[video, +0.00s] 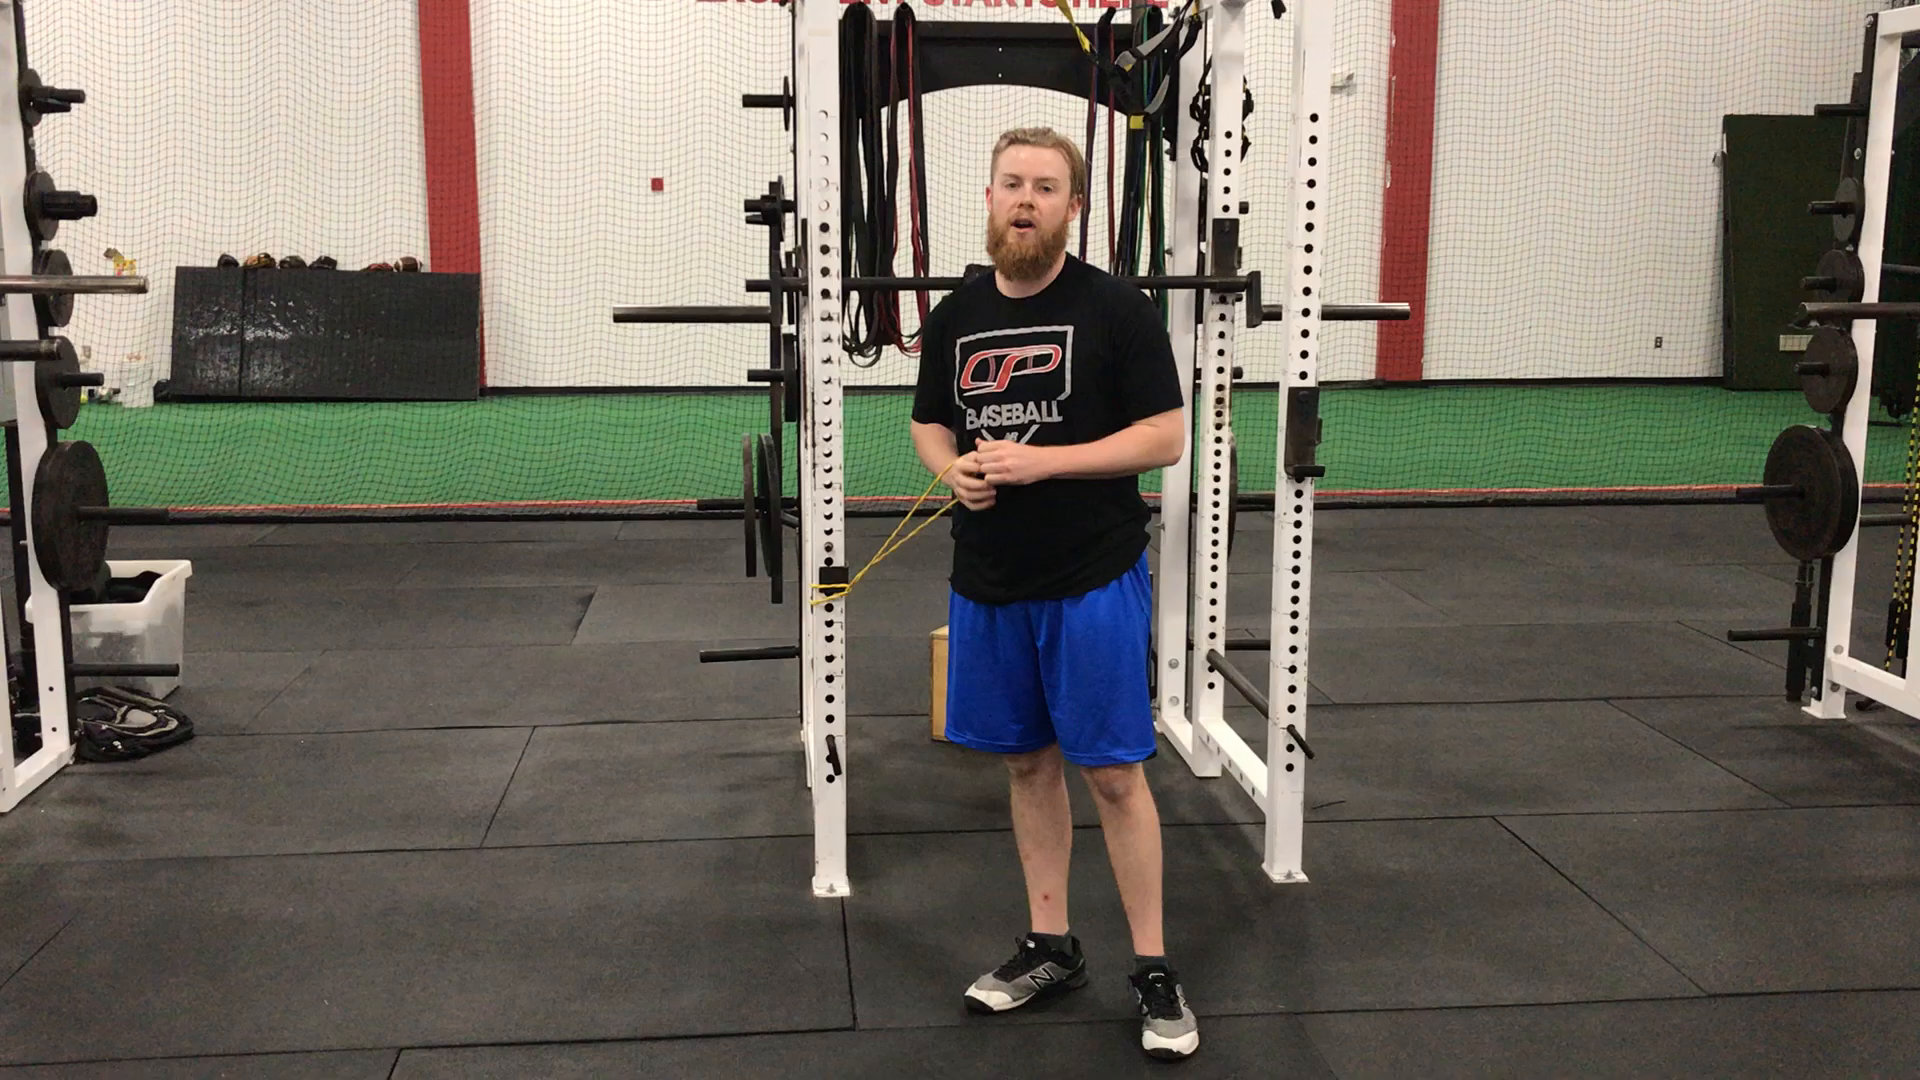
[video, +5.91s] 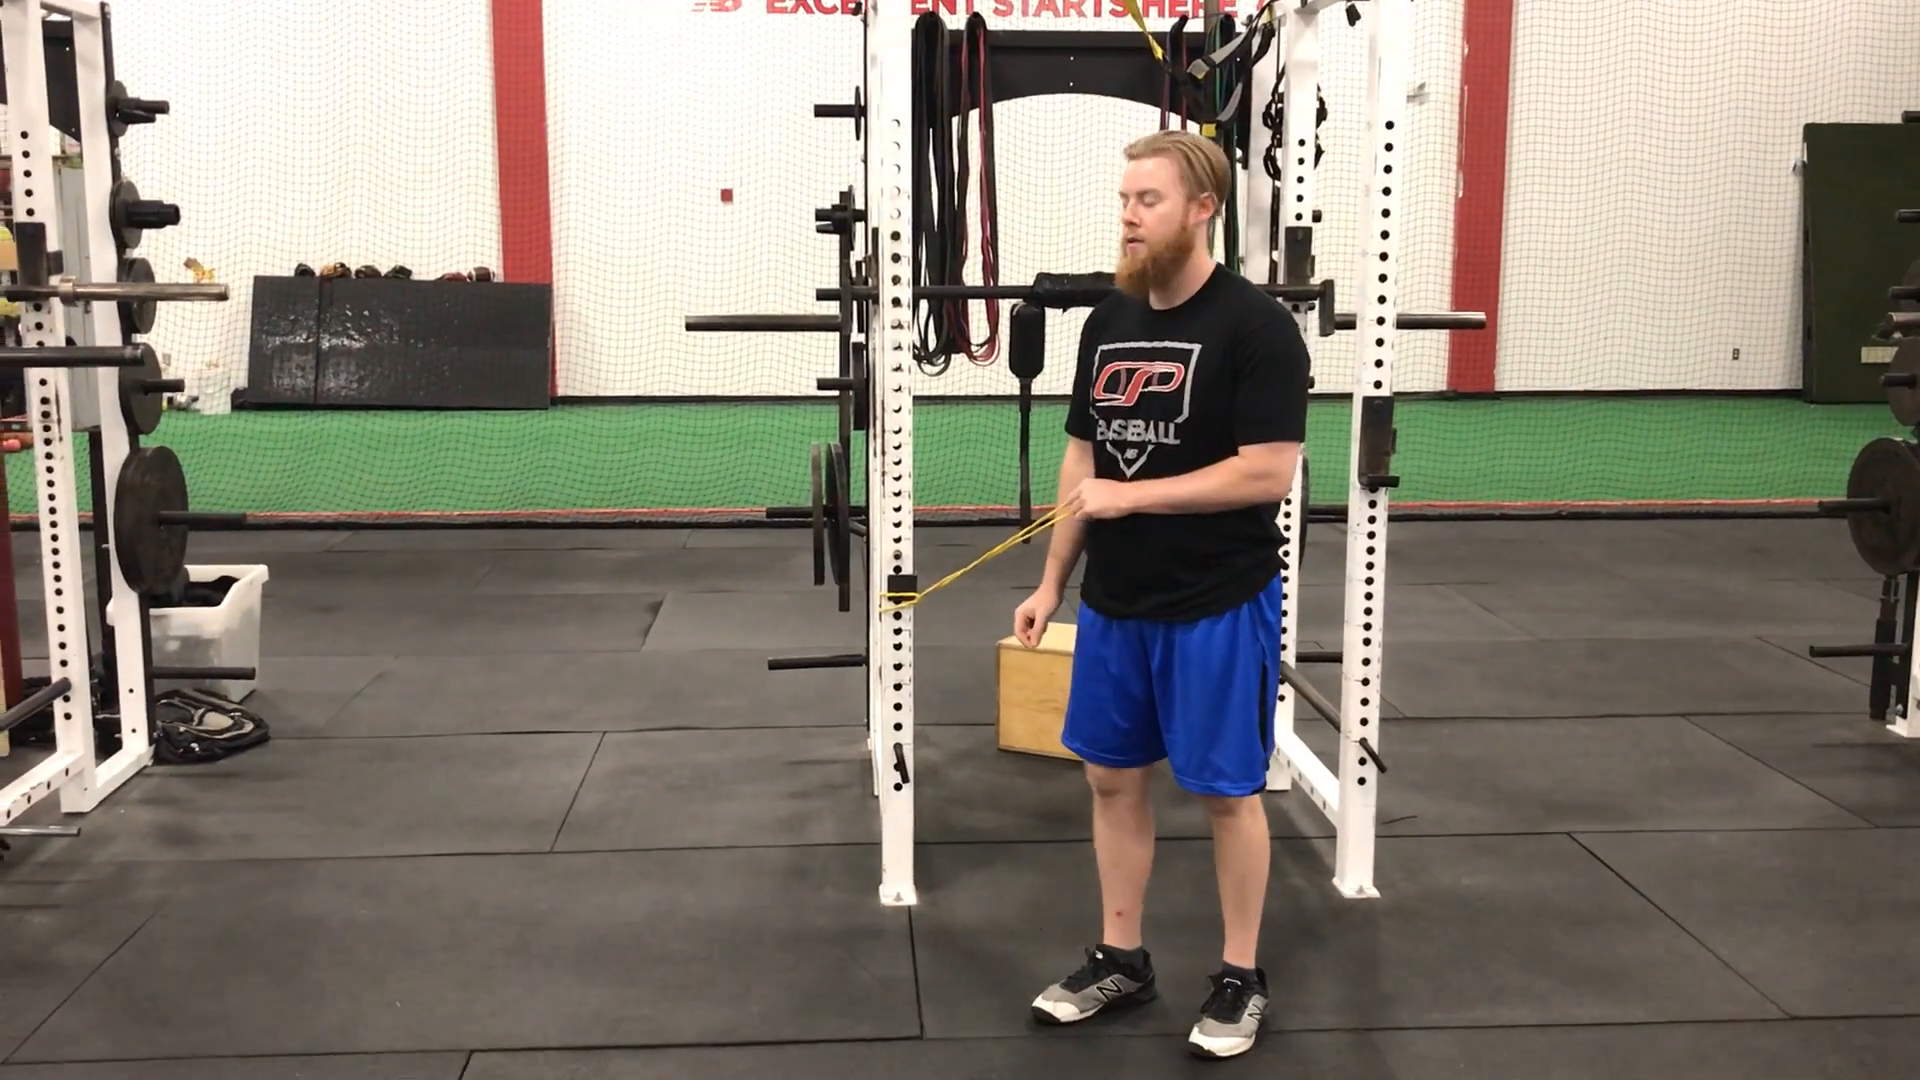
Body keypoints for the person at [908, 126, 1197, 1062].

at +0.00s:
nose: (1024, 199)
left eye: (1044, 187)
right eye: (1012, 183)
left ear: (1074, 208)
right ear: (987, 199)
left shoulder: (1117, 308)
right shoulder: (953, 317)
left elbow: (1165, 437)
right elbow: (929, 429)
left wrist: (1045, 459)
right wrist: (957, 471)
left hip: (1095, 580)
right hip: (992, 583)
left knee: (1115, 777)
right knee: (1028, 765)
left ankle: (1152, 971)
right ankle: (1049, 946)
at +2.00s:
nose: (1029, 209)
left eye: (1049, 195)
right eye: (1021, 194)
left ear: (1093, 209)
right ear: (1007, 208)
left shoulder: (1140, 310)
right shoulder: (988, 314)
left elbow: (1174, 444)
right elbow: (969, 430)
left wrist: (1041, 483)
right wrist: (973, 485)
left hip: (1115, 586)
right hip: (1015, 586)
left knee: (1129, 782)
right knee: (1048, 769)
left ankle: (1167, 977)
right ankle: (1066, 950)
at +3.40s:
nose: (1089, 228)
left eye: (1095, 211)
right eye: (1089, 212)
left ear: (1131, 213)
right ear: (1147, 210)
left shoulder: (1230, 324)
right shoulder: (1122, 311)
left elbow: (1246, 471)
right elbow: (1105, 448)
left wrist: (1111, 495)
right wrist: (1016, 511)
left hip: (1196, 599)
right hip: (1108, 591)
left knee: (1200, 783)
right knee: (1103, 767)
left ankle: (1205, 972)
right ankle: (1089, 954)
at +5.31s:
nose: (1112, 223)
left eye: (1131, 206)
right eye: (1099, 205)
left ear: (1168, 217)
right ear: (1083, 215)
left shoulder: (1214, 320)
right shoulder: (1064, 327)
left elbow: (1240, 458)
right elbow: (1043, 462)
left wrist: (1100, 487)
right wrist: (1024, 580)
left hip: (1190, 598)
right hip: (1088, 597)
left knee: (1202, 781)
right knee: (1101, 776)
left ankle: (1218, 978)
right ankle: (1103, 962)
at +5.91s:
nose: (1128, 217)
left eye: (1147, 200)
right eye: (1123, 200)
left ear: (1202, 210)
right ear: (1123, 208)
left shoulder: (1258, 326)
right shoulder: (1109, 324)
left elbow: (1272, 472)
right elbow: (1083, 458)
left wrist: (1129, 494)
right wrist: (1052, 580)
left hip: (1222, 606)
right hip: (1116, 601)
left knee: (1230, 793)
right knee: (1112, 777)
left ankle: (1239, 978)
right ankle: (1120, 961)